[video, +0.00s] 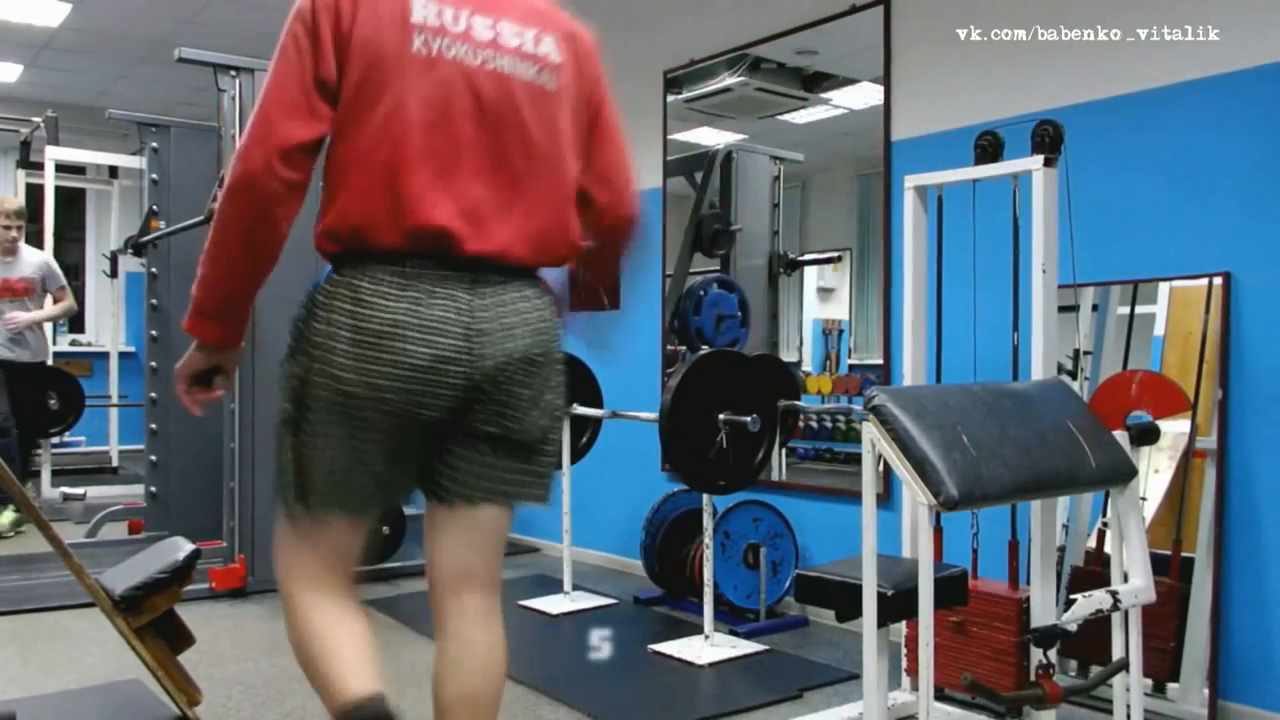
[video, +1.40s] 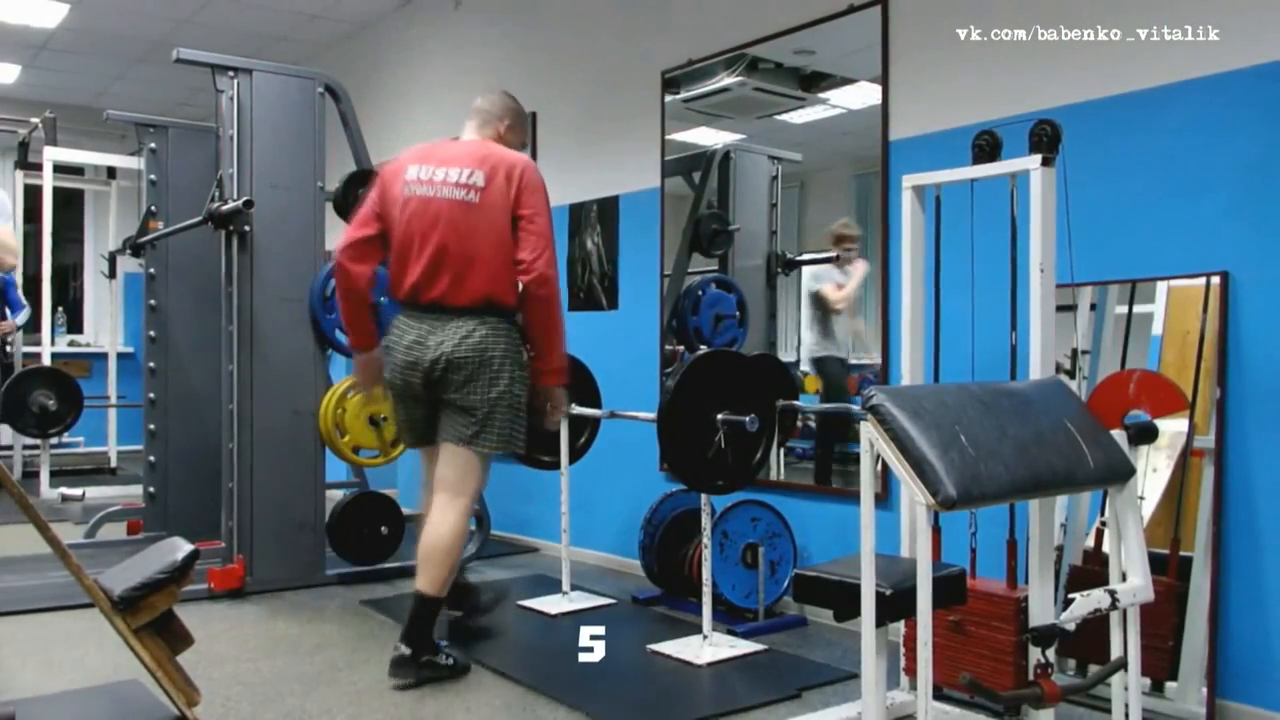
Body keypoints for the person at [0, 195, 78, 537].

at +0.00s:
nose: (11, 233)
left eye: (17, 227)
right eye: (6, 227)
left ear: (24, 229)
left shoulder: (40, 261)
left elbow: (69, 303)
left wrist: (32, 317)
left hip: (30, 362)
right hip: (3, 359)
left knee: (25, 432)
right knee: (5, 428)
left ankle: (18, 504)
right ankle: (9, 503)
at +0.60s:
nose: (25, 217)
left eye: (30, 211)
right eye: (18, 210)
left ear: (34, 212)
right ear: (2, 210)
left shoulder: (37, 244)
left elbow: (56, 298)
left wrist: (28, 254)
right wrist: (23, 254)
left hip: (20, 348)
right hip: (6, 350)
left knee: (16, 429)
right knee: (11, 432)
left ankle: (11, 526)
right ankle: (8, 526)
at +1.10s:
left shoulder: (11, 227)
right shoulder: (13, 230)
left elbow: (8, 273)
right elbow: (9, 273)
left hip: (7, 346)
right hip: (6, 347)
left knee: (3, 441)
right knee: (3, 441)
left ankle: (7, 525)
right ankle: (5, 525)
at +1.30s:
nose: (3, 261)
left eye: (4, 256)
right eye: (2, 256)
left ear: (7, 258)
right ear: (1, 257)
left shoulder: (6, 278)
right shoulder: (6, 278)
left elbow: (23, 308)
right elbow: (23, 309)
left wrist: (12, 324)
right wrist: (12, 323)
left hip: (3, 350)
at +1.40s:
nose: (14, 261)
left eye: (13, 255)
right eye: (10, 255)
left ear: (11, 257)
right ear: (3, 256)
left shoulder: (6, 282)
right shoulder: (6, 282)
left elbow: (23, 308)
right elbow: (22, 309)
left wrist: (14, 323)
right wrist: (14, 323)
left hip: (4, 351)